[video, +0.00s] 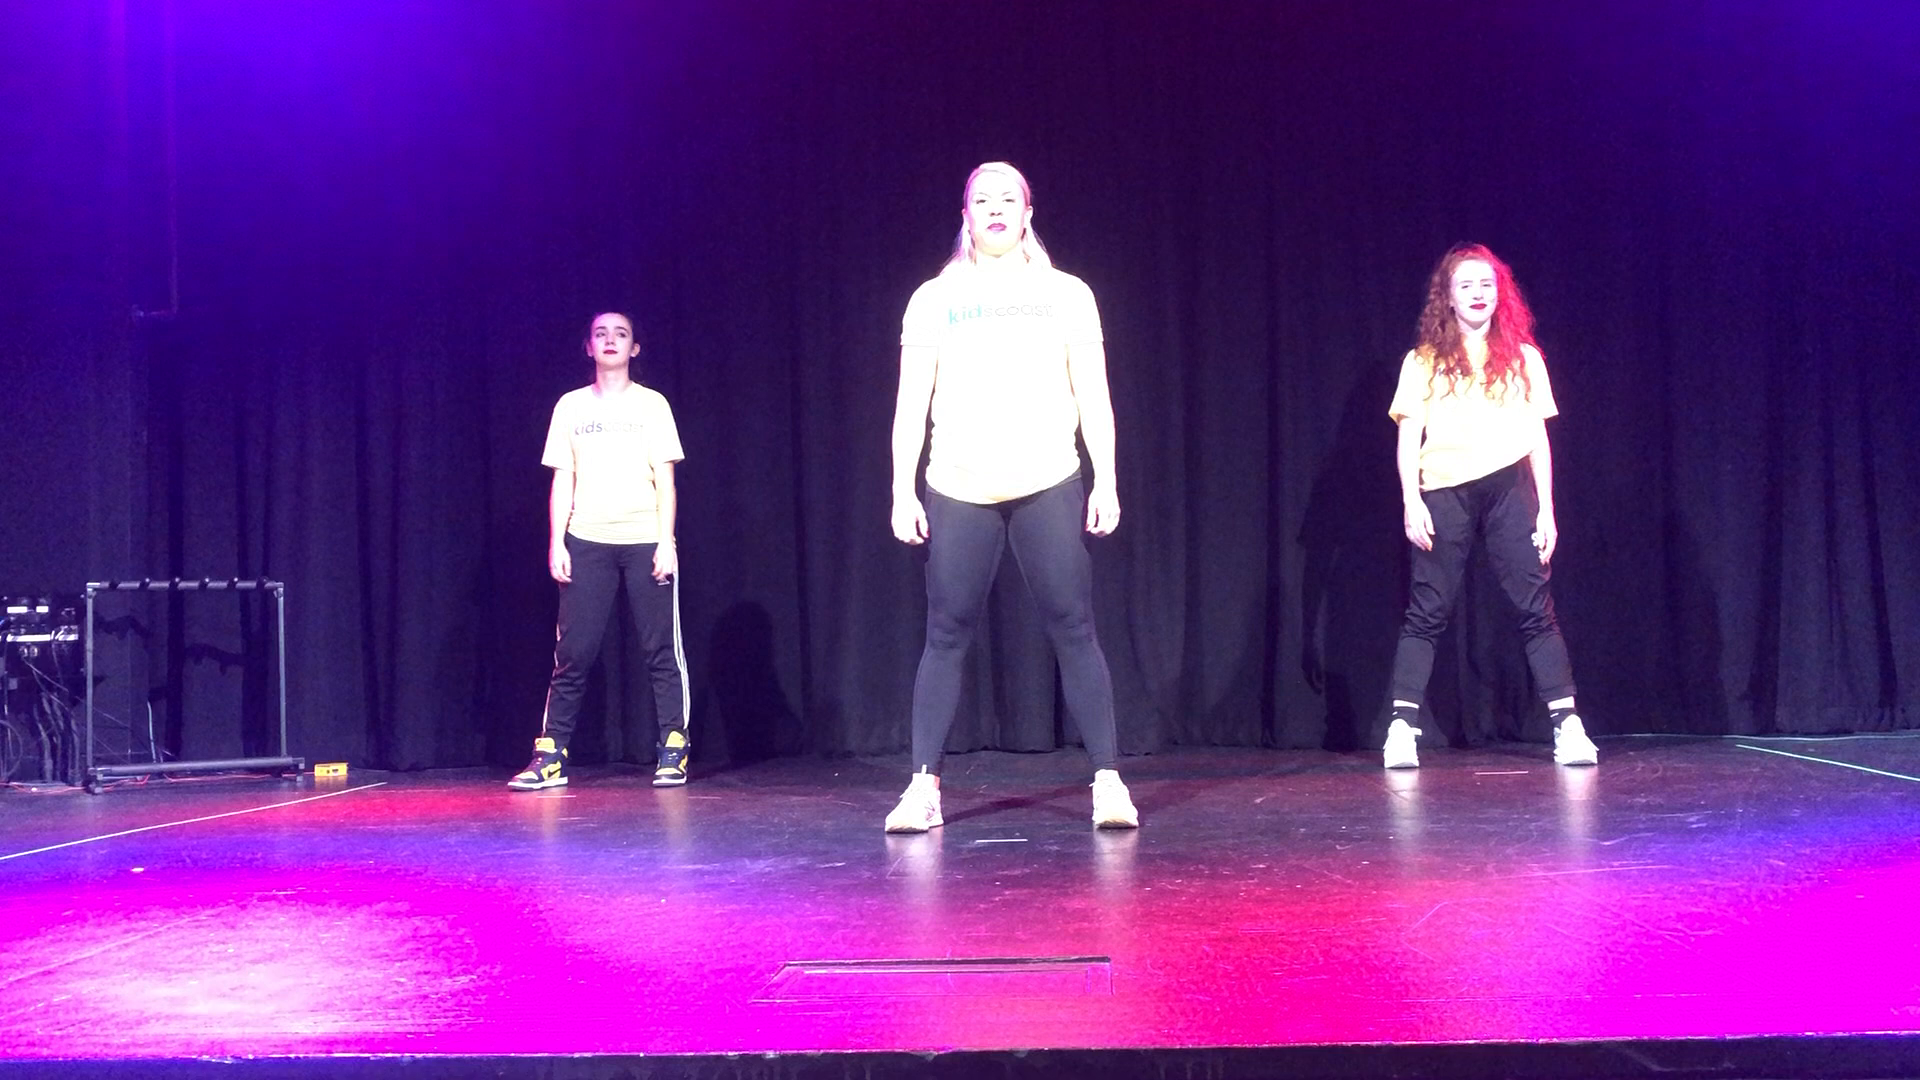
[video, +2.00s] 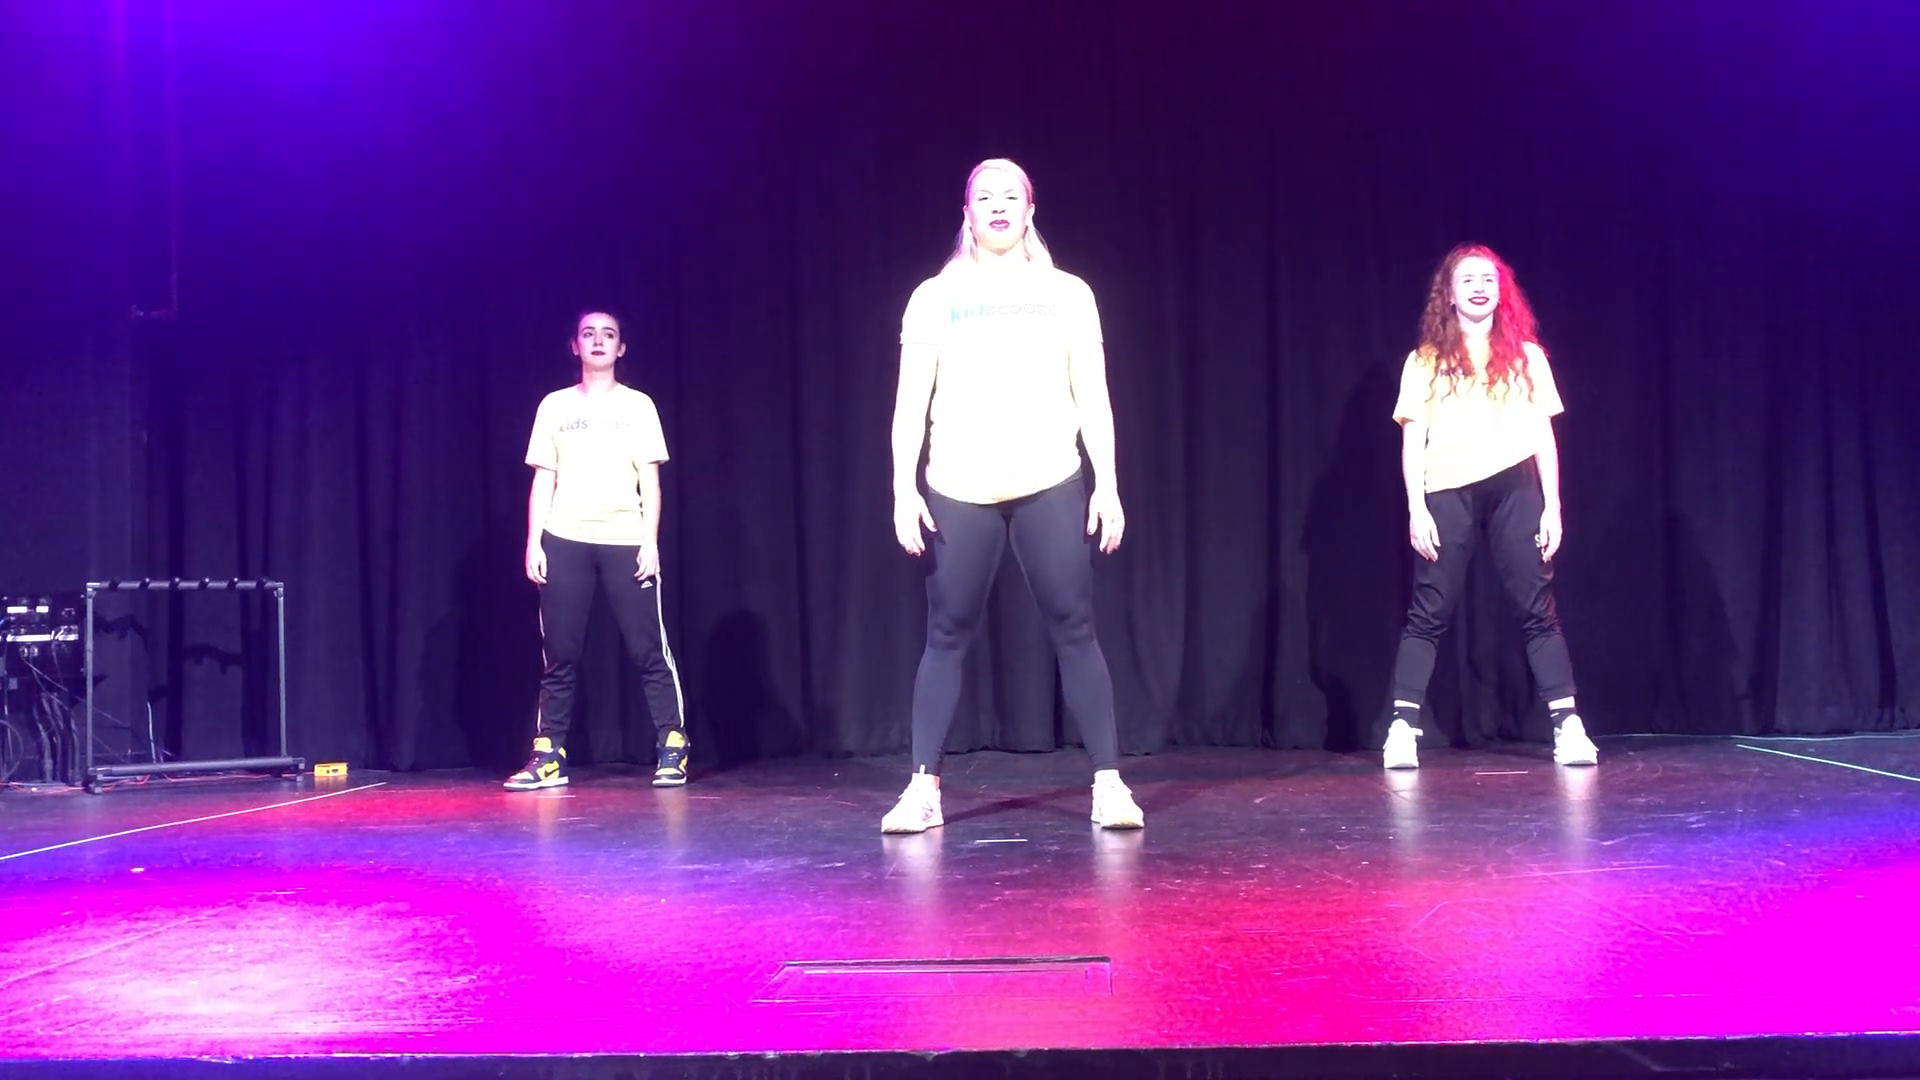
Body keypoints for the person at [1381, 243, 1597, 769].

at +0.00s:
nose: (1477, 294)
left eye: (1486, 284)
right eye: (1466, 285)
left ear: (1500, 293)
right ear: (1446, 294)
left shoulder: (1523, 355)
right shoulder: (1424, 360)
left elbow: (1538, 439)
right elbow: (1409, 437)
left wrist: (1545, 511)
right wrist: (1411, 499)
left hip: (1510, 489)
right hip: (1443, 493)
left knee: (1534, 605)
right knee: (1429, 609)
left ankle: (1566, 725)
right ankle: (1403, 726)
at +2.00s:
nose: (1478, 288)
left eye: (1487, 280)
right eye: (1468, 280)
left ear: (1502, 291)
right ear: (1448, 290)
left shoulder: (1527, 355)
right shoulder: (1426, 359)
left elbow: (1544, 435)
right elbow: (1413, 440)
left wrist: (1552, 506)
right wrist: (1417, 508)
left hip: (1514, 489)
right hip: (1446, 493)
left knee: (1536, 607)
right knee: (1430, 609)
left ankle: (1567, 725)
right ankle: (1404, 727)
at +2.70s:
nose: (1468, 285)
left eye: (1478, 276)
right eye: (1458, 277)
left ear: (1497, 286)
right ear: (1442, 289)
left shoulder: (1526, 350)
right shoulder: (1423, 357)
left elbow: (1545, 430)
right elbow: (1412, 435)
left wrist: (1552, 500)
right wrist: (1399, 498)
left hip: (1514, 488)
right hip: (1442, 492)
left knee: (1535, 606)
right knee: (1429, 609)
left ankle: (1567, 724)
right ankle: (1405, 728)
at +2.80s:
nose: (1439, 290)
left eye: (1450, 279)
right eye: (1431, 284)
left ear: (1480, 285)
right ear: (1426, 297)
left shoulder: (1519, 347)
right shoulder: (1419, 359)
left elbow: (1542, 433)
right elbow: (1395, 432)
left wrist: (1545, 505)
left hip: (1508, 487)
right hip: (1439, 493)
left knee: (1537, 607)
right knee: (1426, 611)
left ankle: (1570, 724)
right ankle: (1403, 729)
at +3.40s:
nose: (1408, 335)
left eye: (1419, 324)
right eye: (1402, 326)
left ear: (1449, 331)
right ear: (1396, 335)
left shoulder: (1484, 381)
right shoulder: (1401, 394)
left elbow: (1523, 460)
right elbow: (1343, 436)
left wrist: (1544, 539)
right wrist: (1381, 376)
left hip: (1494, 527)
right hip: (1432, 533)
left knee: (1519, 635)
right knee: (1408, 623)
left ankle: (1610, 719)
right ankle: (1402, 732)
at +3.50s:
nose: (1446, 319)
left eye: (1456, 311)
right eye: (1437, 310)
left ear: (1477, 320)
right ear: (1419, 318)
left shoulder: (1505, 370)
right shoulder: (1411, 378)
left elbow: (1550, 426)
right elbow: (1367, 415)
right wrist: (1413, 356)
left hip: (1500, 517)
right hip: (1430, 523)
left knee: (1538, 621)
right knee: (1416, 622)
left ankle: (1592, 721)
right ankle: (1403, 731)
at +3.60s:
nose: (1499, 305)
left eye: (1505, 296)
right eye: (1487, 296)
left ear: (1514, 303)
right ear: (1457, 302)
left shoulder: (1525, 360)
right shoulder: (1429, 353)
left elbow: (1578, 412)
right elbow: (1417, 394)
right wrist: (1464, 340)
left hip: (1505, 505)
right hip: (1434, 509)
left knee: (1546, 609)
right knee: (1424, 616)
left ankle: (1574, 726)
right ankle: (1392, 728)